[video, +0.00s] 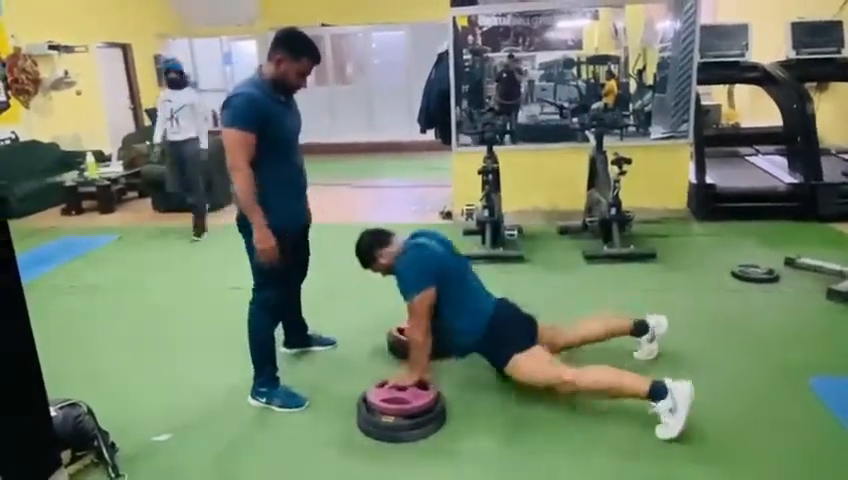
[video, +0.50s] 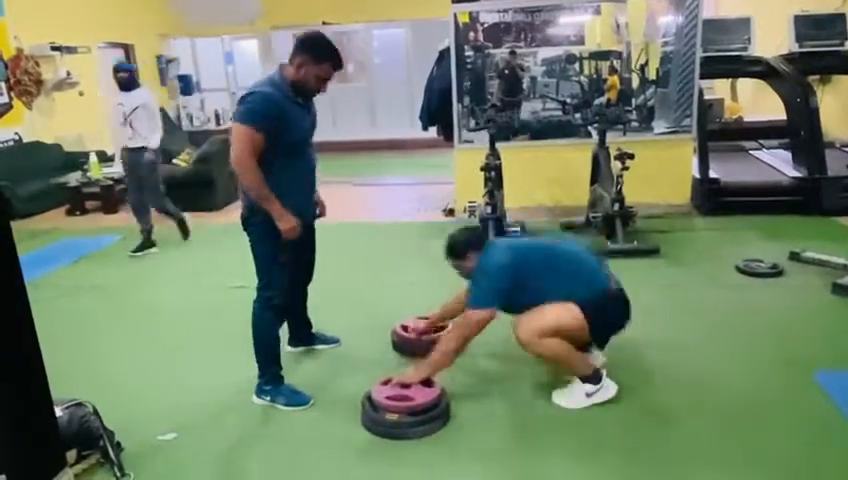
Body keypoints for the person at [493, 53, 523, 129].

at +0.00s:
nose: (510, 63)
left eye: (512, 61)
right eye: (508, 60)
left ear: (514, 61)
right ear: (506, 60)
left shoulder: (518, 70)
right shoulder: (502, 70)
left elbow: (520, 80)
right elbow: (496, 79)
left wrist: (513, 71)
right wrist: (502, 70)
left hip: (514, 100)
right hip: (502, 100)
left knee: (513, 122)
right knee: (502, 121)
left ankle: (514, 138)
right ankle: (501, 137)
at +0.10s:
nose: (510, 62)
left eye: (512, 60)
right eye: (509, 60)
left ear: (515, 60)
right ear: (507, 60)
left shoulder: (518, 69)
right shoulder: (503, 70)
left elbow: (521, 79)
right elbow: (497, 79)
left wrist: (514, 70)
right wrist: (502, 69)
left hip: (515, 100)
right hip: (503, 99)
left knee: (514, 121)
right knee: (503, 120)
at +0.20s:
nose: (511, 61)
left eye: (513, 59)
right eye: (510, 59)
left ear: (515, 59)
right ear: (508, 59)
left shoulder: (519, 69)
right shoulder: (503, 70)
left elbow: (521, 79)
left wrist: (514, 69)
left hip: (516, 99)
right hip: (505, 99)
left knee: (515, 120)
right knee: (505, 119)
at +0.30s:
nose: (512, 60)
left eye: (513, 58)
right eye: (510, 58)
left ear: (516, 59)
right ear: (508, 58)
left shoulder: (519, 68)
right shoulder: (504, 69)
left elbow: (522, 78)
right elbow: (498, 78)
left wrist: (515, 69)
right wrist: (505, 68)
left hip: (516, 99)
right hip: (505, 98)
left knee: (515, 117)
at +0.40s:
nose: (512, 59)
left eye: (514, 57)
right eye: (511, 57)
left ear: (516, 58)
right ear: (509, 57)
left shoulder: (519, 67)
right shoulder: (504, 69)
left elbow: (522, 77)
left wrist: (515, 68)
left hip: (516, 98)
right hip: (505, 98)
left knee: (515, 117)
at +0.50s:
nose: (512, 59)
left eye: (514, 57)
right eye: (511, 57)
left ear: (516, 57)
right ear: (509, 57)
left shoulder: (520, 67)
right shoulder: (504, 68)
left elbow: (522, 76)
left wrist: (515, 67)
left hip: (517, 97)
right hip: (505, 97)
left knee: (515, 117)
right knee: (505, 116)